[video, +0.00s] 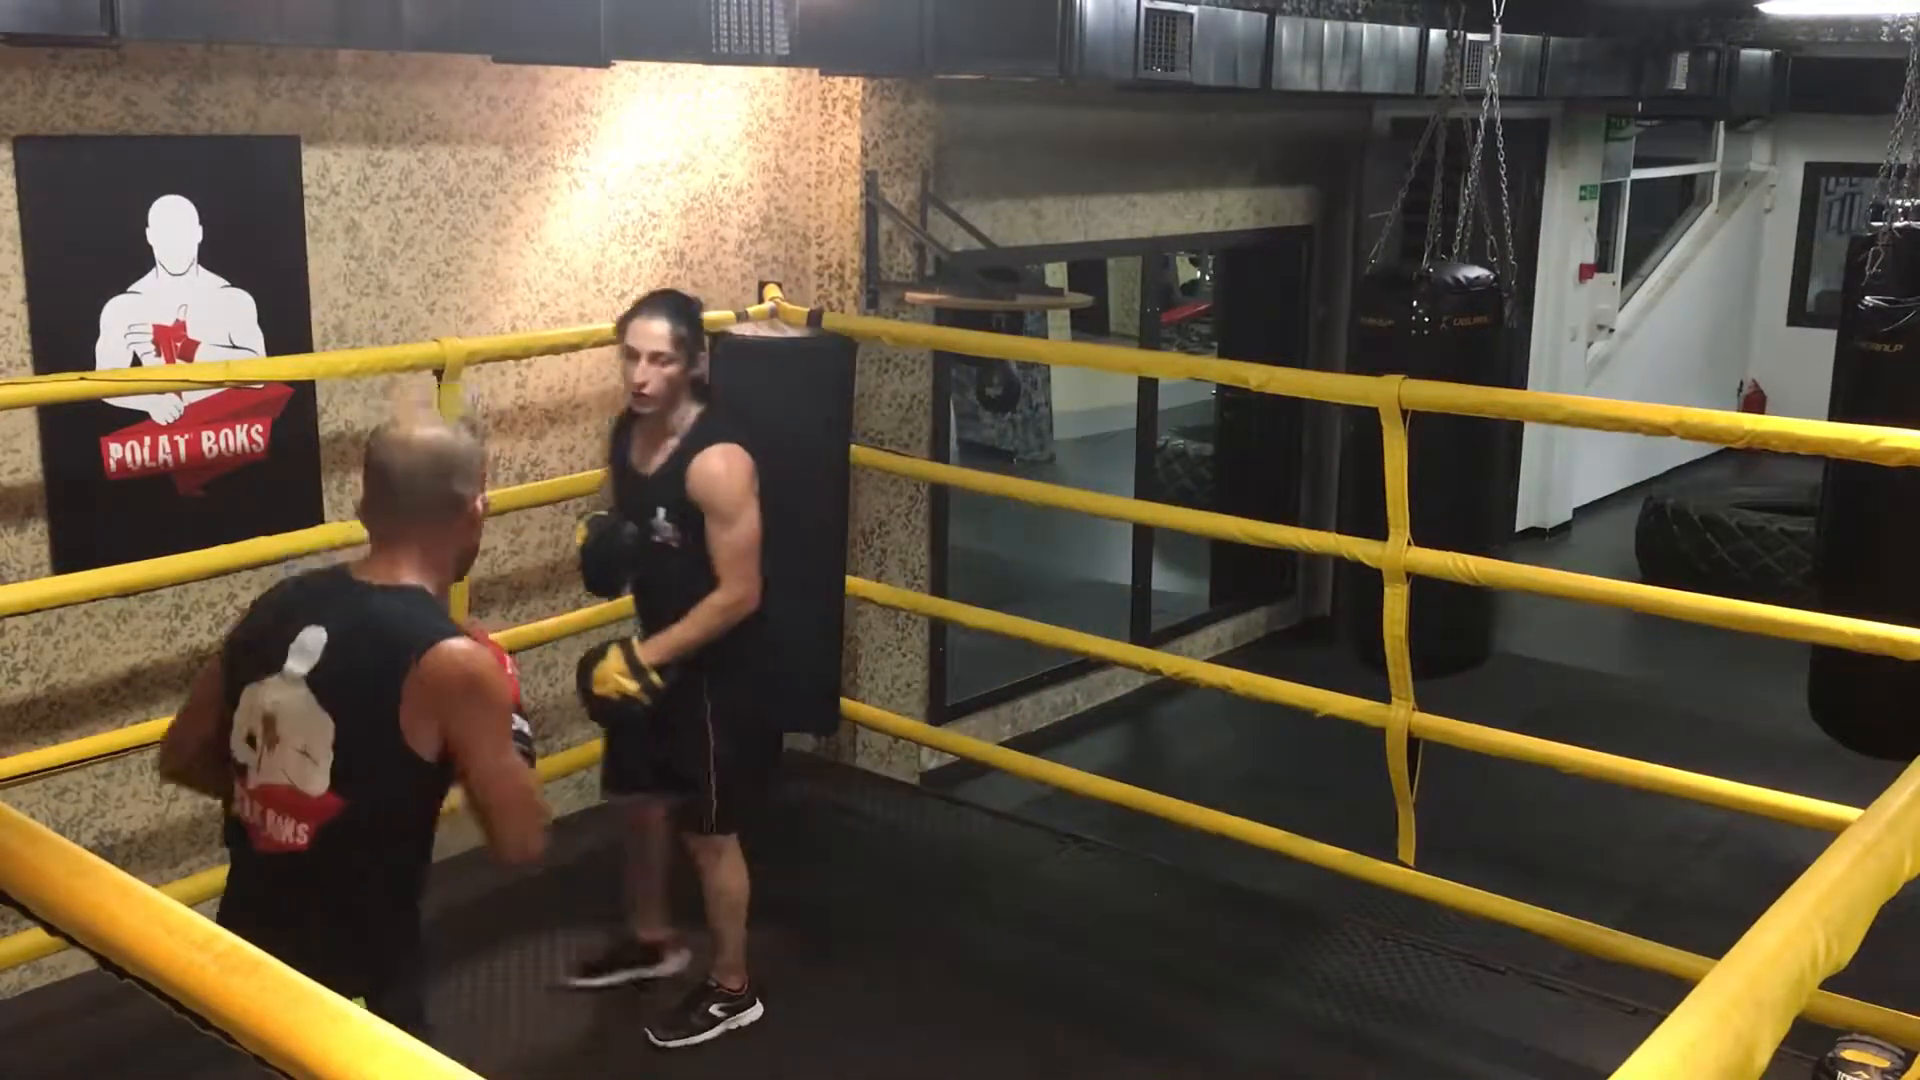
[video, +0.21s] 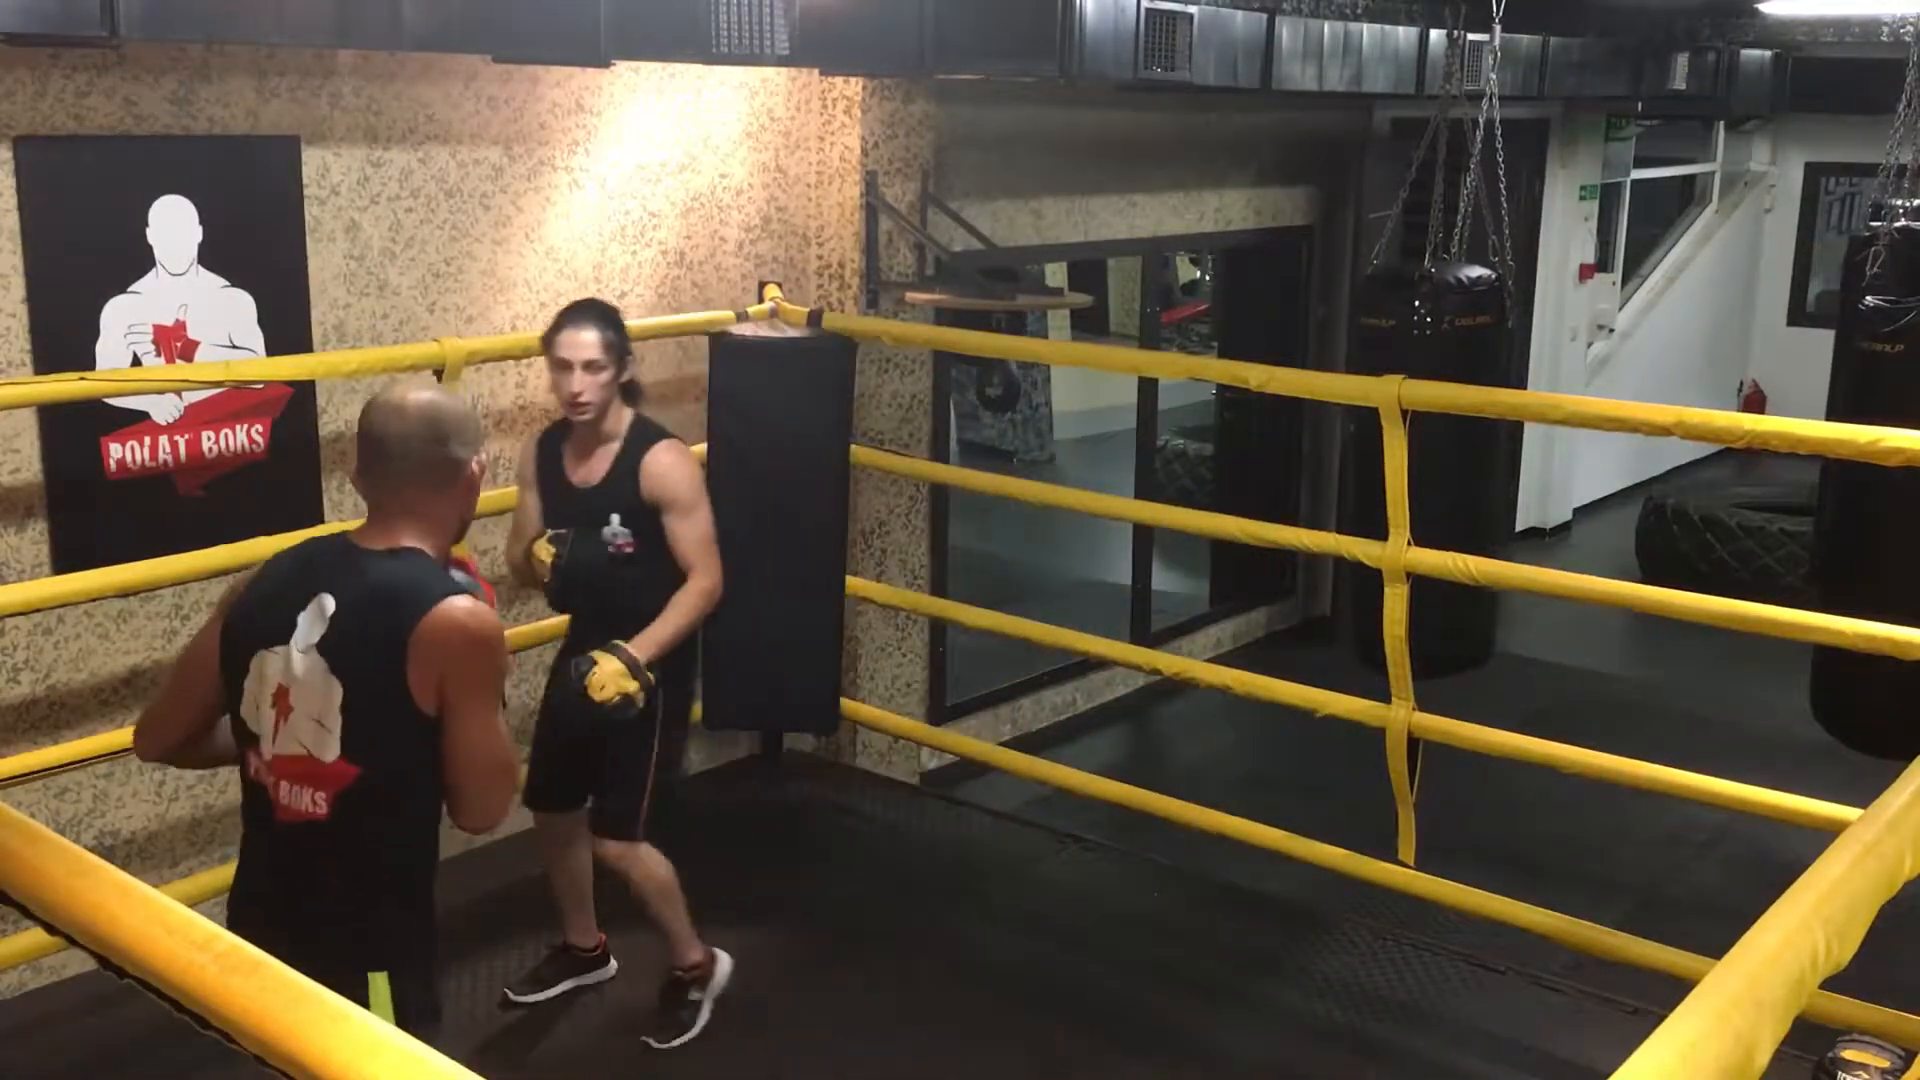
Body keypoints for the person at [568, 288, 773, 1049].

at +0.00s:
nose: (641, 374)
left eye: (660, 359)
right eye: (632, 357)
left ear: (695, 365)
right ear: (621, 359)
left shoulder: (719, 463)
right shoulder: (627, 436)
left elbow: (741, 593)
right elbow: (631, 539)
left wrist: (642, 660)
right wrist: (603, 553)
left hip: (717, 663)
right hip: (650, 652)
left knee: (711, 834)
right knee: (641, 807)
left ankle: (733, 987)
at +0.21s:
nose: (575, 384)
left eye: (591, 368)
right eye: (562, 368)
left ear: (622, 371)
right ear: (548, 373)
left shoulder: (661, 460)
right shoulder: (544, 451)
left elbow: (707, 580)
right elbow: (523, 561)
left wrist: (634, 658)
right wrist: (534, 560)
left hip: (655, 662)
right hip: (583, 652)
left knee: (618, 839)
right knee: (555, 810)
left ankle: (695, 962)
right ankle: (583, 947)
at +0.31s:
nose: (549, 377)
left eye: (565, 360)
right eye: (535, 361)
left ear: (596, 363)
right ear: (520, 366)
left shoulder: (639, 451)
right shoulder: (515, 445)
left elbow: (690, 561)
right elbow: (497, 557)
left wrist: (636, 619)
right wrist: (514, 568)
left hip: (627, 656)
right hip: (554, 650)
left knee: (603, 834)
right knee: (549, 812)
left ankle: (636, 985)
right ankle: (582, 948)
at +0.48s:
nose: (518, 386)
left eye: (536, 369)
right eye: (505, 369)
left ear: (568, 373)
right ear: (489, 373)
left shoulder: (606, 452)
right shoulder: (480, 446)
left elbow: (651, 572)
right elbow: (447, 548)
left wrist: (621, 480)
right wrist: (457, 525)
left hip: (583, 668)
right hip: (503, 662)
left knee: (575, 844)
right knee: (517, 825)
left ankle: (571, 1018)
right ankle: (584, 939)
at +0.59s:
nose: (511, 397)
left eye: (526, 380)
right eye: (496, 380)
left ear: (556, 379)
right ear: (477, 380)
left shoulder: (586, 451)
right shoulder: (469, 448)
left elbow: (621, 570)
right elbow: (443, 555)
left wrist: (596, 479)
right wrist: (466, 489)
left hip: (572, 669)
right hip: (486, 663)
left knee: (565, 854)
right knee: (470, 817)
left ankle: (570, 1016)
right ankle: (535, 921)